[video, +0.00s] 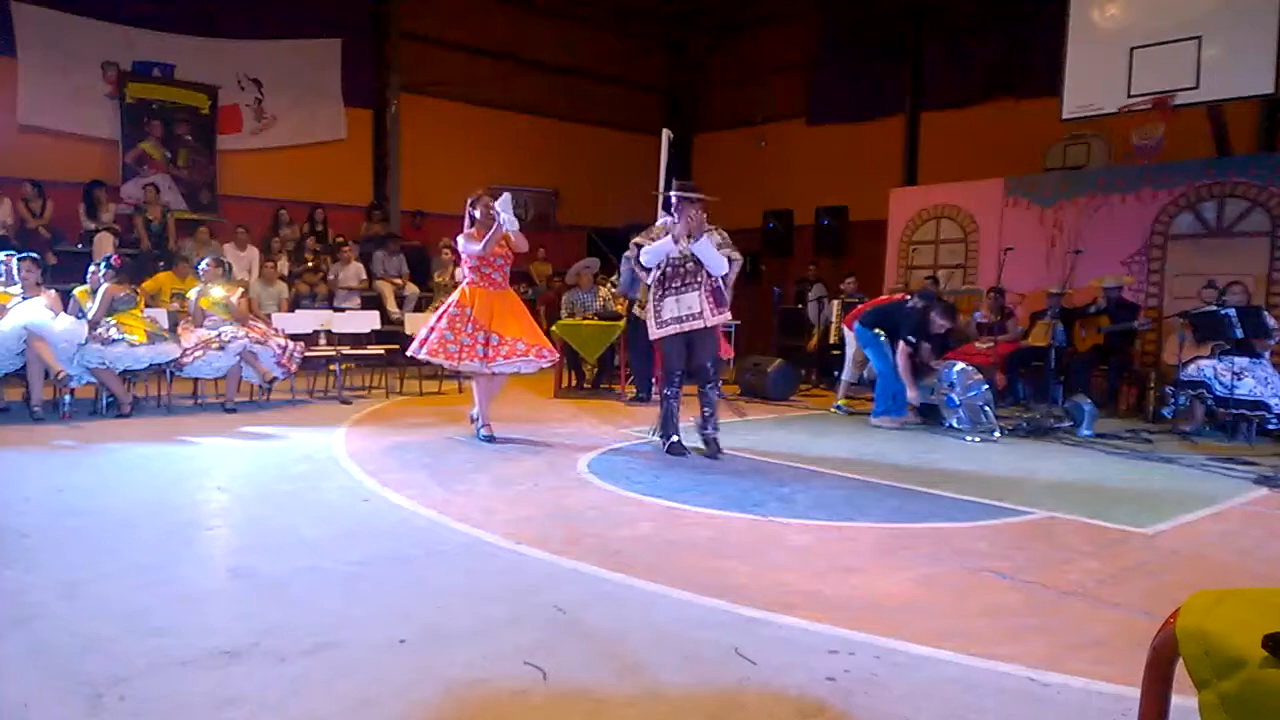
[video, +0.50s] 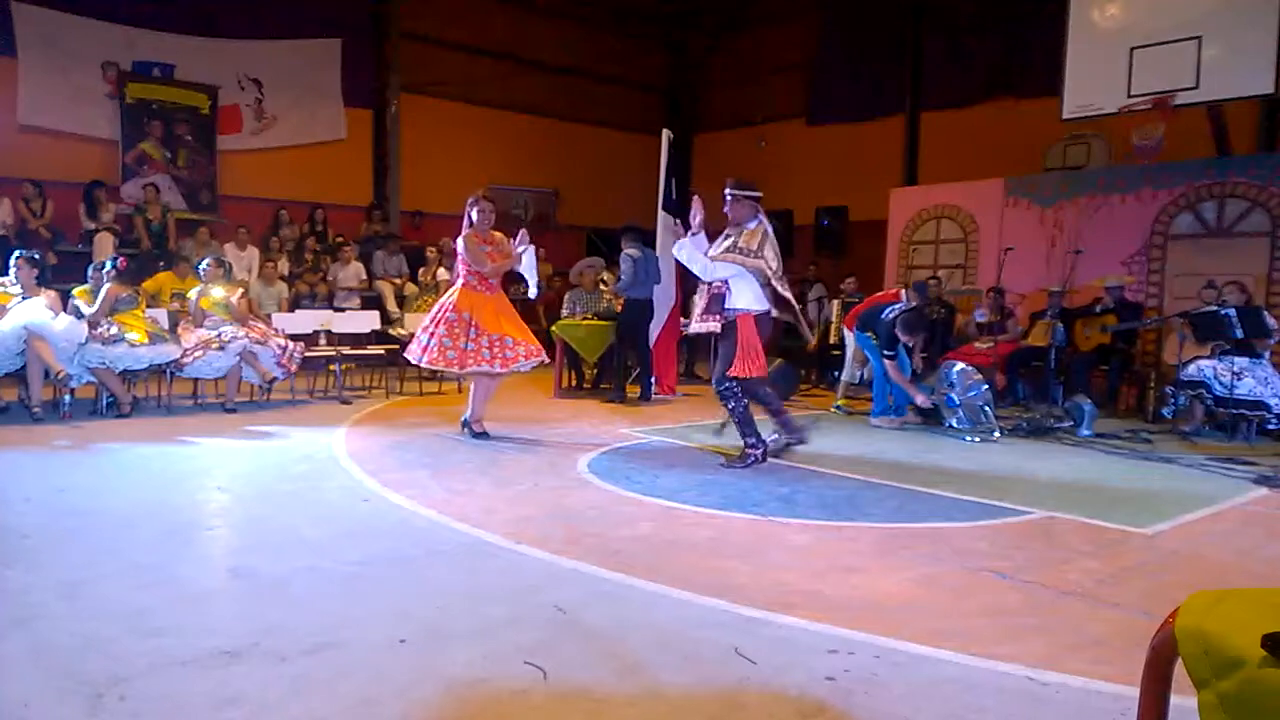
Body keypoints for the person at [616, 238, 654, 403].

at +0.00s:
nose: (630, 247)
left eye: (631, 243)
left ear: (632, 242)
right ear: (649, 241)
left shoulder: (629, 257)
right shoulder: (656, 257)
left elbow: (624, 285)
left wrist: (617, 291)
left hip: (637, 304)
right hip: (656, 302)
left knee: (638, 348)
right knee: (647, 348)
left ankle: (642, 389)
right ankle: (645, 386)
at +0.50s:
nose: (622, 245)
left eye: (622, 242)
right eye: (623, 242)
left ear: (625, 241)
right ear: (639, 240)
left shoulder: (627, 254)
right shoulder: (652, 255)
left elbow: (627, 278)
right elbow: (657, 278)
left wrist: (614, 289)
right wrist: (641, 279)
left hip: (632, 302)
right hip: (647, 302)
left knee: (622, 345)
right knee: (643, 346)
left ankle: (619, 389)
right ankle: (646, 389)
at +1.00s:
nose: (604, 244)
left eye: (604, 241)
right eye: (606, 241)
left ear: (605, 240)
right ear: (620, 238)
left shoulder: (605, 253)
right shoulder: (631, 252)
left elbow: (604, 277)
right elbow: (636, 277)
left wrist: (589, 288)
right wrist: (628, 290)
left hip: (614, 301)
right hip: (631, 301)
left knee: (609, 348)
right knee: (631, 345)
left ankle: (612, 390)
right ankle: (638, 389)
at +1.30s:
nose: (596, 242)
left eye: (596, 239)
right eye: (596, 239)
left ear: (598, 238)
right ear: (611, 237)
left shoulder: (600, 252)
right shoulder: (622, 252)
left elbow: (602, 276)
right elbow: (627, 274)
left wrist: (583, 288)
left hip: (608, 301)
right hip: (622, 300)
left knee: (606, 347)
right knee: (613, 347)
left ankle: (610, 390)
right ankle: (612, 387)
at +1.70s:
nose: (589, 242)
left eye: (589, 238)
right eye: (590, 238)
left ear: (591, 238)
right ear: (605, 238)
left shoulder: (592, 252)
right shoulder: (614, 254)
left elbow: (593, 275)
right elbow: (618, 278)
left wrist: (573, 287)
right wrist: (608, 288)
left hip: (595, 302)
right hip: (610, 302)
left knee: (582, 344)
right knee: (606, 345)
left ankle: (589, 387)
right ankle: (608, 386)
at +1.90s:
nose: (582, 242)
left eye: (583, 239)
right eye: (583, 239)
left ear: (585, 239)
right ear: (598, 239)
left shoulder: (583, 253)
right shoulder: (607, 255)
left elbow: (583, 275)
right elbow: (614, 280)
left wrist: (565, 288)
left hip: (587, 302)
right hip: (603, 302)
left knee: (572, 344)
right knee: (603, 346)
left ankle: (562, 388)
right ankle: (608, 388)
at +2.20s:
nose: (564, 240)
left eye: (565, 237)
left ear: (567, 237)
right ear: (581, 238)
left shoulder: (562, 252)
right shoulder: (586, 255)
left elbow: (559, 276)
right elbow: (592, 278)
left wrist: (546, 290)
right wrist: (582, 291)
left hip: (565, 300)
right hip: (583, 300)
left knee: (556, 346)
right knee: (586, 345)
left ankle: (556, 389)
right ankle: (602, 384)